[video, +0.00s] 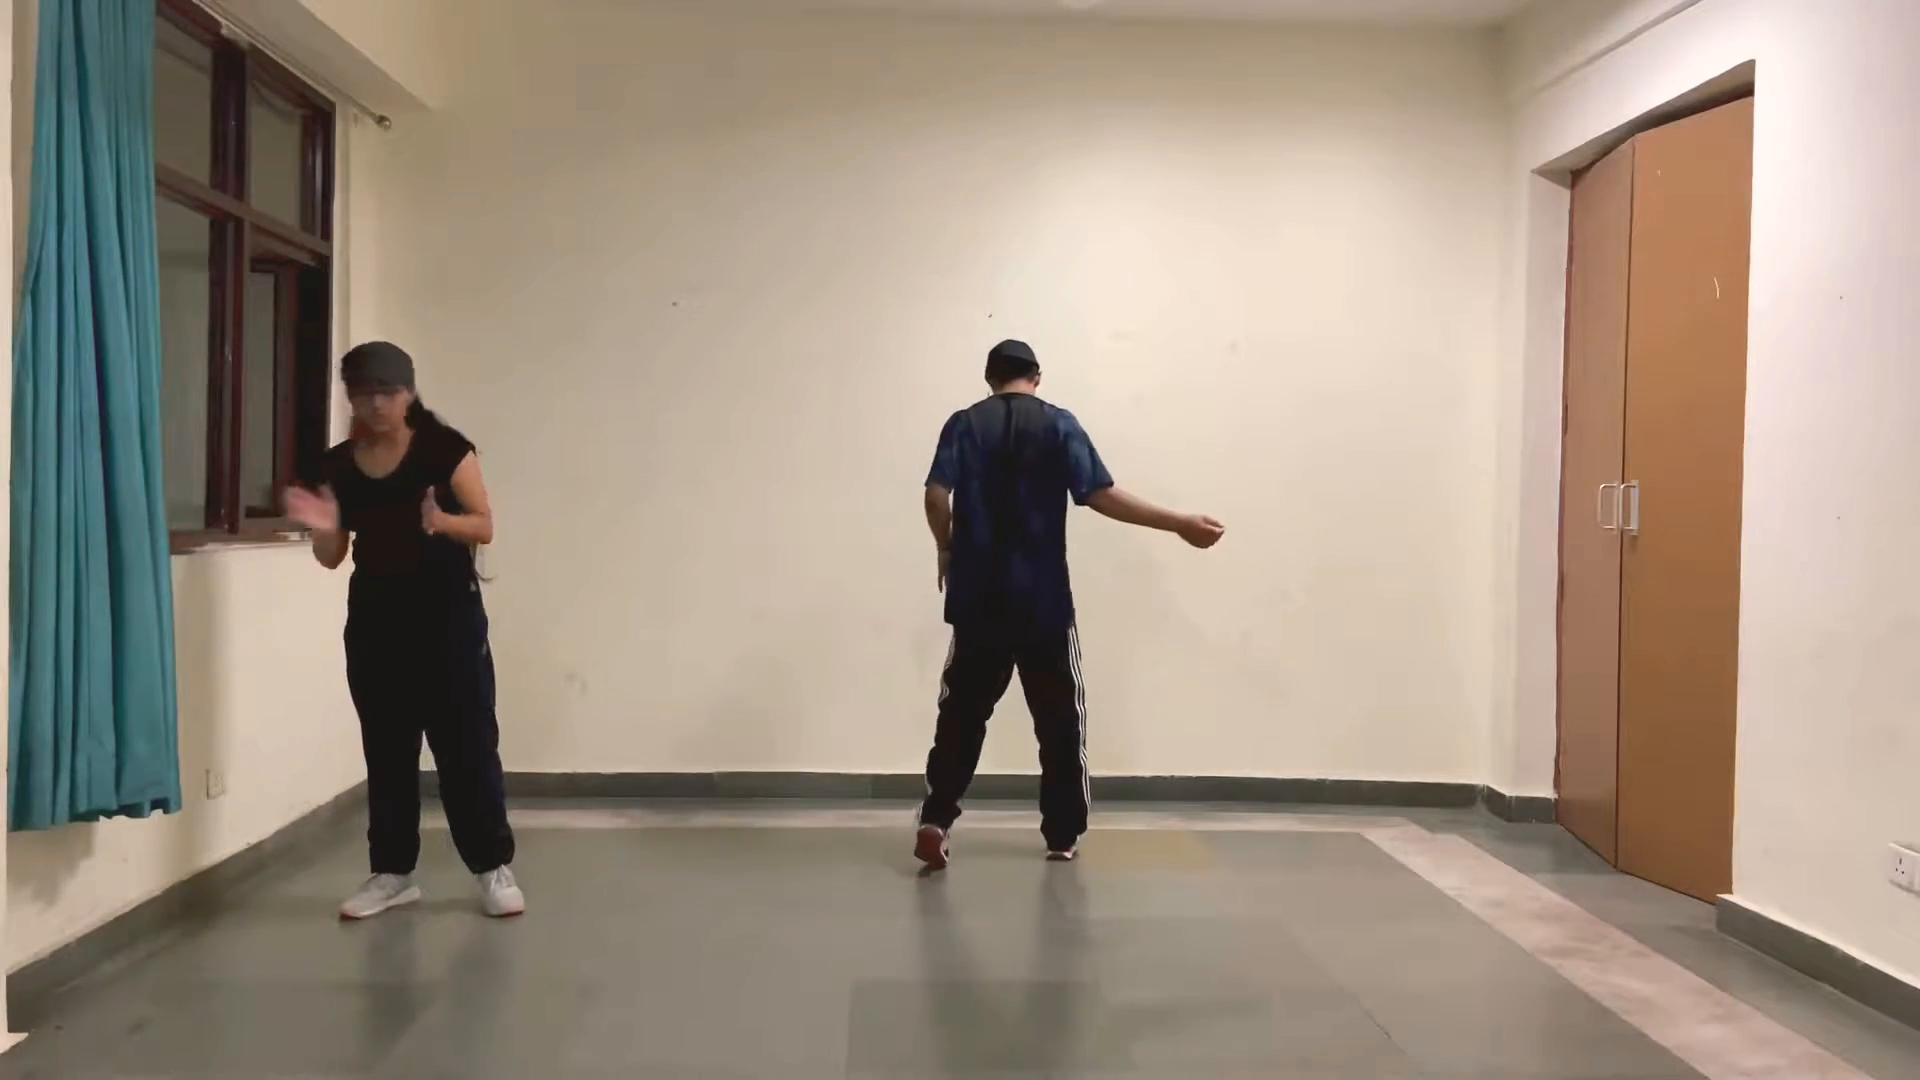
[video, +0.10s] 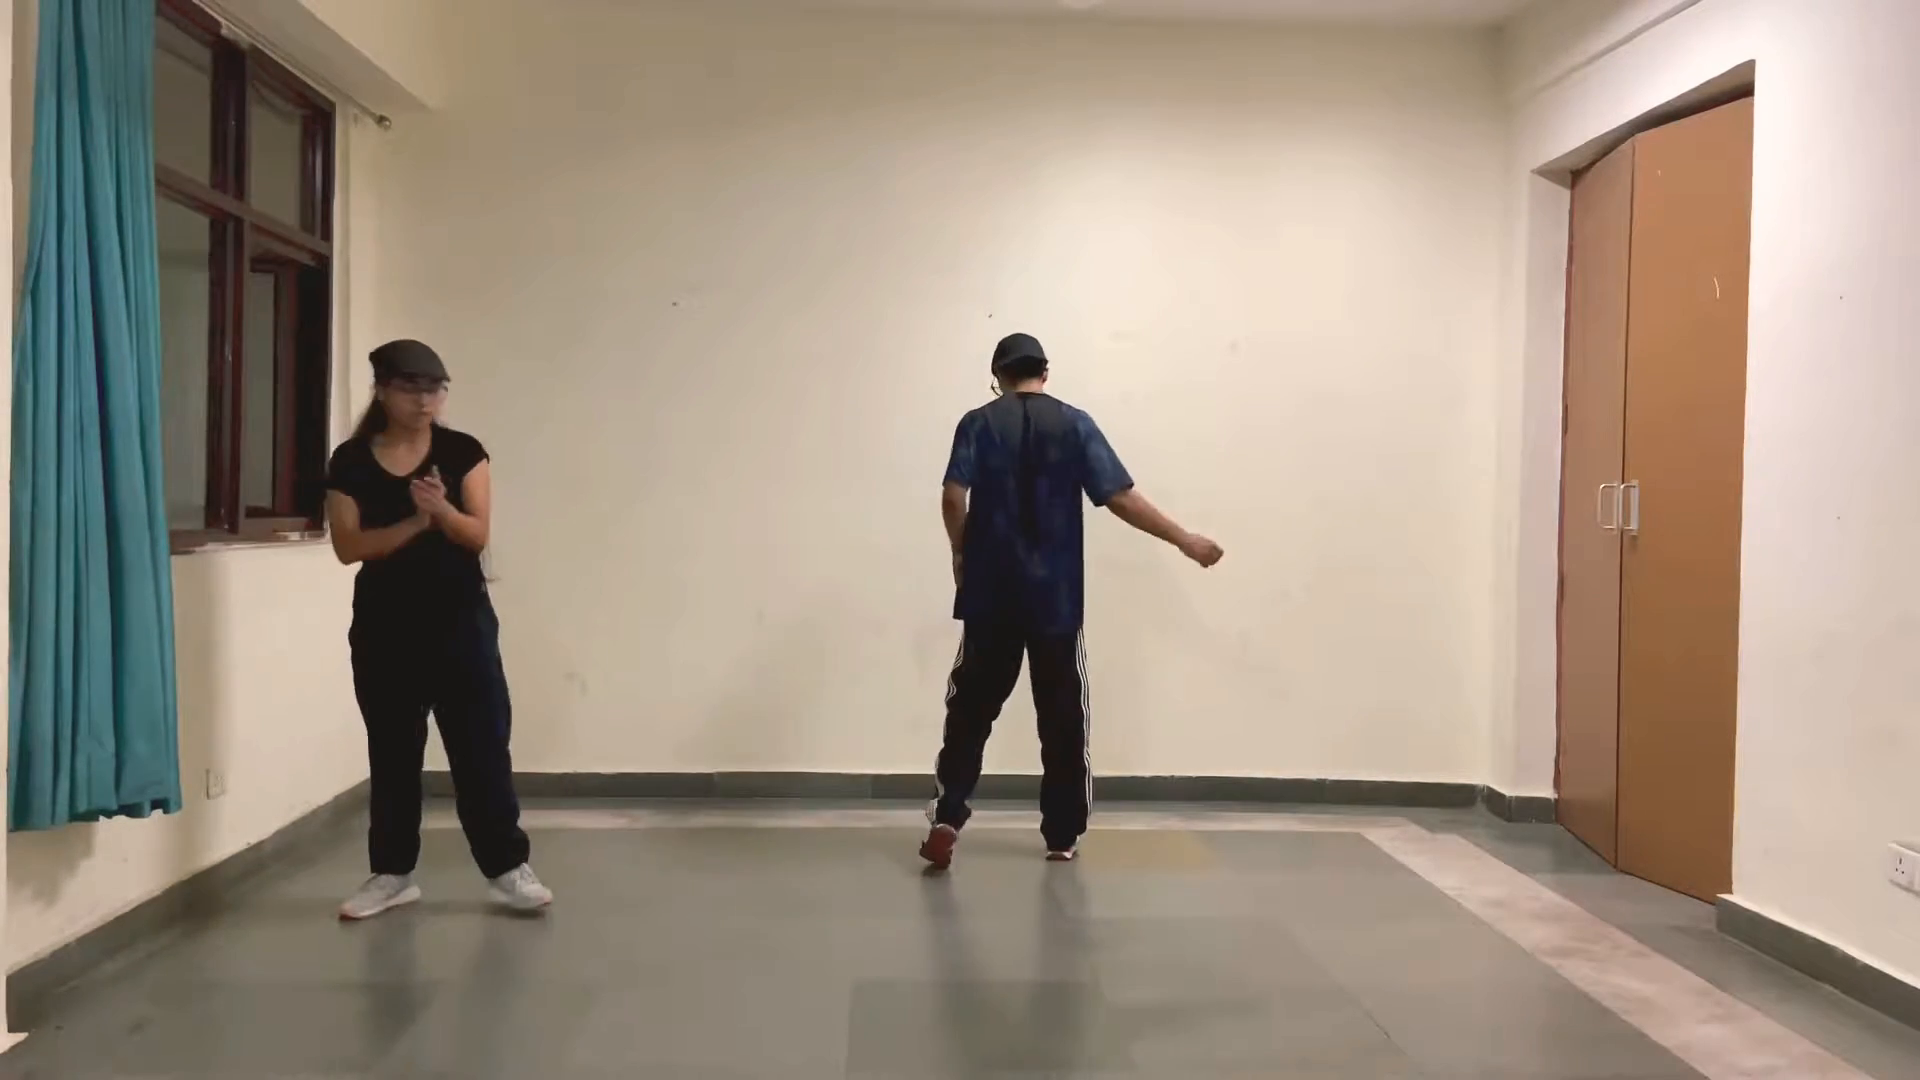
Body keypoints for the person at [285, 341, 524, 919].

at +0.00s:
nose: (378, 404)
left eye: (389, 392)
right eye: (366, 394)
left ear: (410, 393)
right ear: (350, 399)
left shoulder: (445, 448)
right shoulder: (340, 466)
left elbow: (483, 528)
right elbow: (329, 557)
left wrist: (443, 521)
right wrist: (327, 525)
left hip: (448, 622)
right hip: (377, 624)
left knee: (468, 748)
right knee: (387, 753)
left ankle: (494, 868)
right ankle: (392, 874)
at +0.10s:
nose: (426, 398)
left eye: (434, 387)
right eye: (412, 387)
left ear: (443, 393)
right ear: (382, 391)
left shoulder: (462, 451)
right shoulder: (351, 461)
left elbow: (478, 535)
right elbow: (348, 547)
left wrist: (442, 510)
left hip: (460, 624)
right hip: (385, 628)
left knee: (482, 749)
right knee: (392, 757)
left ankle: (508, 869)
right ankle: (394, 874)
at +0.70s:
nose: (614, 419)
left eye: (621, 409)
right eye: (603, 407)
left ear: (623, 411)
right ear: (567, 401)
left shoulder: (595, 461)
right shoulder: (518, 460)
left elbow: (582, 541)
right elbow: (494, 553)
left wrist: (640, 535)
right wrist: (565, 543)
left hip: (588, 619)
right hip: (536, 623)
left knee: (588, 749)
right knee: (571, 746)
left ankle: (535, 877)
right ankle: (474, 804)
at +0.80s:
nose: (631, 414)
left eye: (637, 405)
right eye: (620, 402)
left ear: (640, 408)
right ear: (585, 398)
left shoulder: (614, 459)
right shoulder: (539, 454)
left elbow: (611, 540)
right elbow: (521, 551)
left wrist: (668, 509)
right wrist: (580, 506)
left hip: (601, 617)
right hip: (550, 619)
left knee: (570, 736)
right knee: (615, 733)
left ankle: (534, 866)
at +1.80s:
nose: (778, 440)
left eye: (786, 428)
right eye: (767, 430)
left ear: (796, 418)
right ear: (738, 422)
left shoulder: (816, 462)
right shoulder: (699, 471)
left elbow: (888, 520)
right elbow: (628, 520)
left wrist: (947, 531)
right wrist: (577, 510)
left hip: (804, 640)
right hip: (728, 642)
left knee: (803, 773)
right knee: (724, 765)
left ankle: (799, 900)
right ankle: (702, 888)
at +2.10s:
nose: (787, 433)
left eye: (797, 421)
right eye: (774, 423)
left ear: (812, 411)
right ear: (752, 417)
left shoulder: (833, 459)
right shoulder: (732, 470)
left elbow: (864, 546)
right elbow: (697, 553)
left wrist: (863, 472)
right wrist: (677, 504)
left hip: (822, 640)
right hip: (749, 639)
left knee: (813, 769)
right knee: (754, 770)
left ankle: (804, 905)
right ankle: (756, 909)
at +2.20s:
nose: (784, 428)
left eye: (794, 416)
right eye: (771, 418)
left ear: (811, 407)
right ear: (751, 412)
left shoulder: (840, 457)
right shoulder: (731, 465)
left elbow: (873, 547)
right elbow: (696, 543)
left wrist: (847, 527)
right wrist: (676, 542)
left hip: (823, 635)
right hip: (751, 632)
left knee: (812, 765)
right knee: (751, 765)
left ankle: (803, 903)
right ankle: (749, 905)